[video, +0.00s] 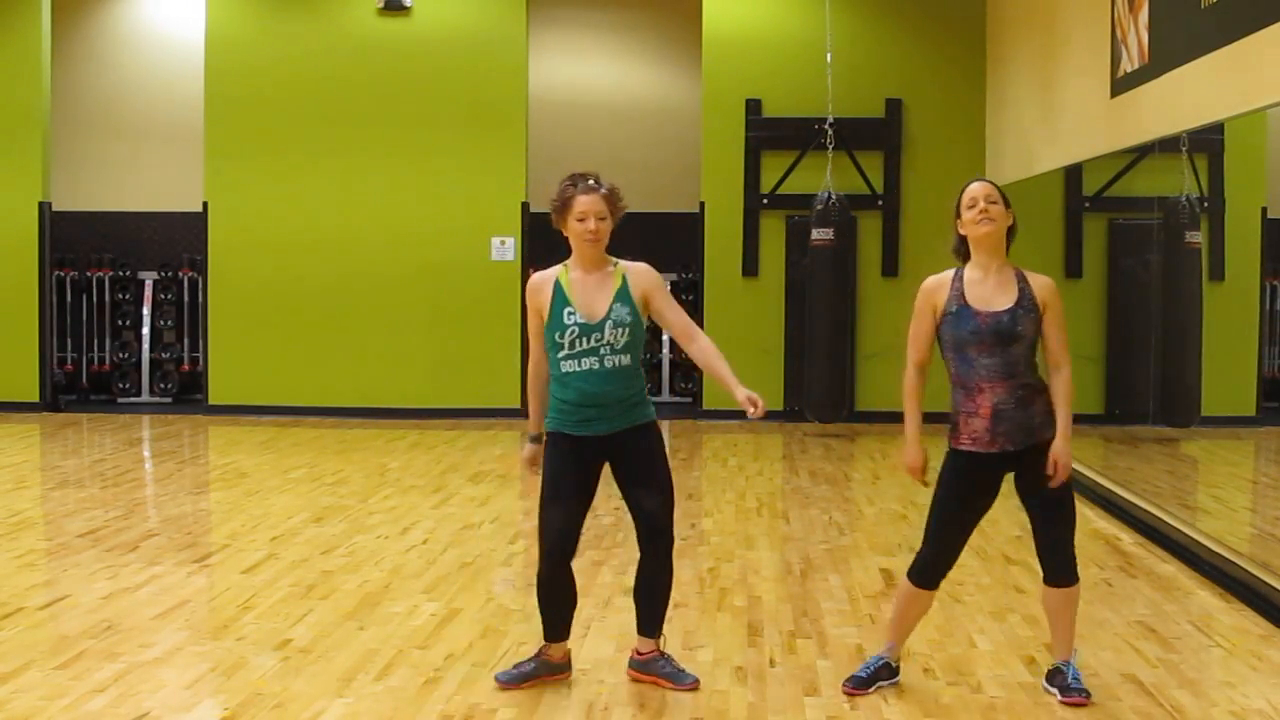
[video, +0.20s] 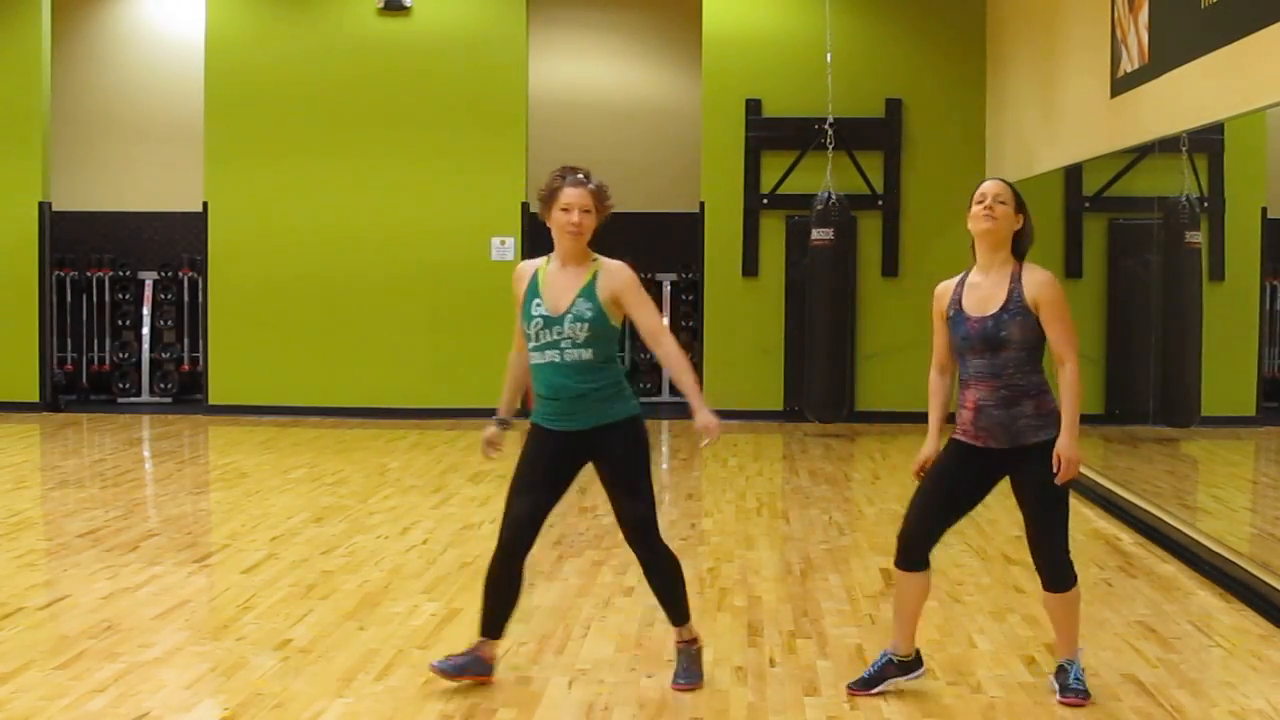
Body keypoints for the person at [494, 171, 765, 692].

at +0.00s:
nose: (594, 227)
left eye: (601, 219)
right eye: (583, 219)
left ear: (612, 224)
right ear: (563, 225)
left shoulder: (640, 279)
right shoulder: (543, 286)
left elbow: (692, 337)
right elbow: (539, 364)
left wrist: (736, 388)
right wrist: (534, 434)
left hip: (634, 430)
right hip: (570, 434)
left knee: (658, 534)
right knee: (553, 548)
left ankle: (647, 651)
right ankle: (555, 653)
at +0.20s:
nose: (576, 220)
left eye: (586, 212)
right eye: (567, 210)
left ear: (597, 220)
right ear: (548, 216)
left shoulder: (614, 276)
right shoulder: (528, 275)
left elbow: (661, 341)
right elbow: (522, 350)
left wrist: (698, 404)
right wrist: (502, 415)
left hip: (614, 428)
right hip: (552, 430)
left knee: (644, 539)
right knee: (512, 538)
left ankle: (686, 640)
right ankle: (485, 650)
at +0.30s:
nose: (560, 219)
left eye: (571, 212)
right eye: (551, 210)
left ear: (583, 220)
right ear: (534, 215)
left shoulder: (597, 280)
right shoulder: (511, 273)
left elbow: (634, 356)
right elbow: (494, 348)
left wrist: (665, 428)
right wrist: (463, 412)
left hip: (582, 431)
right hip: (521, 431)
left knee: (619, 537)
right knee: (491, 538)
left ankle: (689, 635)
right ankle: (474, 655)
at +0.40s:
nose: (549, 220)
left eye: (559, 212)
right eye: (539, 211)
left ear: (572, 221)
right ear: (522, 217)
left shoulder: (585, 284)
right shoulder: (496, 273)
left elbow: (605, 370)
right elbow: (465, 345)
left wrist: (618, 448)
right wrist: (427, 409)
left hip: (555, 433)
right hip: (497, 427)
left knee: (564, 547)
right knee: (469, 538)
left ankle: (648, 622)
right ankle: (470, 655)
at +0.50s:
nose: (541, 226)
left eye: (551, 218)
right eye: (532, 217)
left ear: (564, 226)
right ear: (514, 224)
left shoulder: (581, 292)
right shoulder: (485, 280)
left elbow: (585, 376)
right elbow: (443, 348)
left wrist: (573, 443)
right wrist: (401, 411)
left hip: (542, 438)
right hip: (483, 429)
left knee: (512, 551)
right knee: (454, 541)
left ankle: (573, 629)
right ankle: (467, 656)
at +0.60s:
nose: (539, 229)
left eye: (548, 221)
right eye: (529, 221)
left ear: (561, 229)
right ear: (512, 228)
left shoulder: (579, 296)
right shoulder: (482, 284)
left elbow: (575, 378)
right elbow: (434, 352)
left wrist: (559, 436)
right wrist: (390, 416)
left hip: (537, 441)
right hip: (475, 431)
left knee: (512, 554)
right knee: (452, 546)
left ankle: (517, 645)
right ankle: (466, 656)